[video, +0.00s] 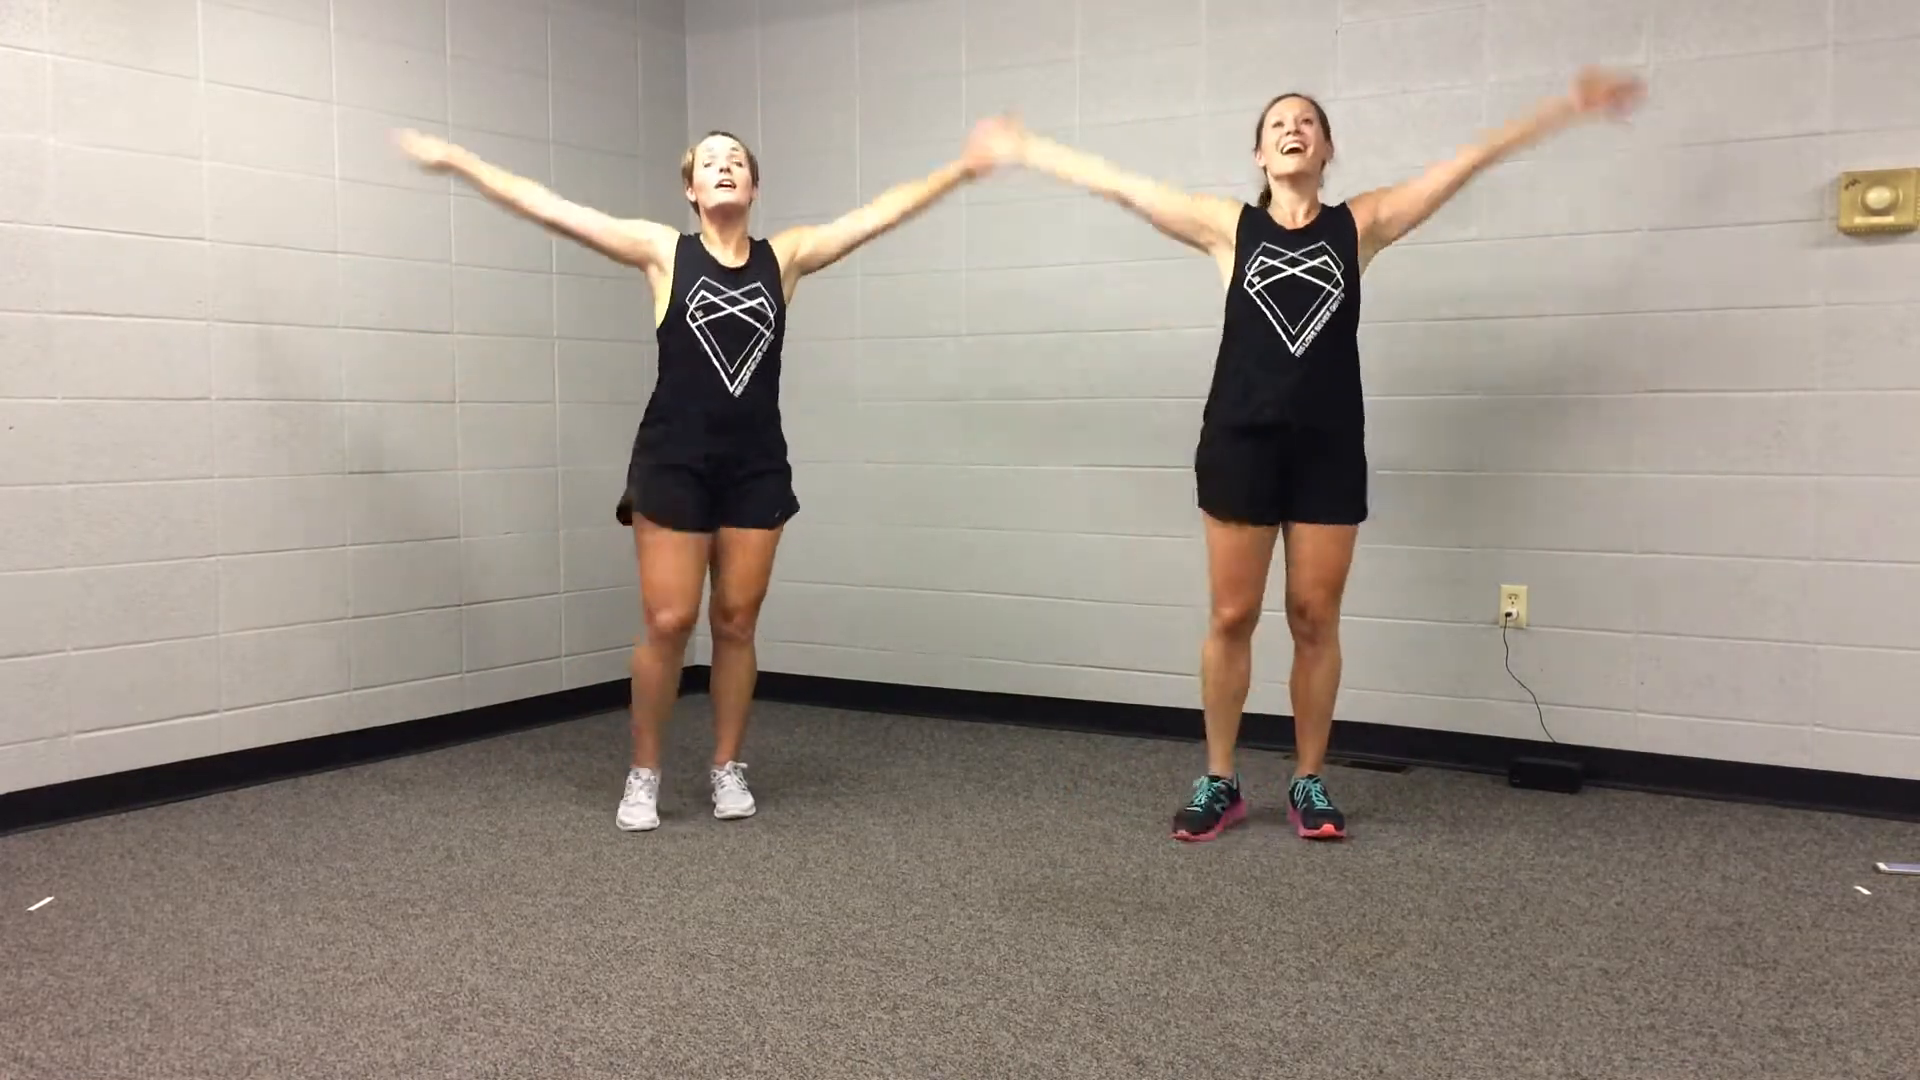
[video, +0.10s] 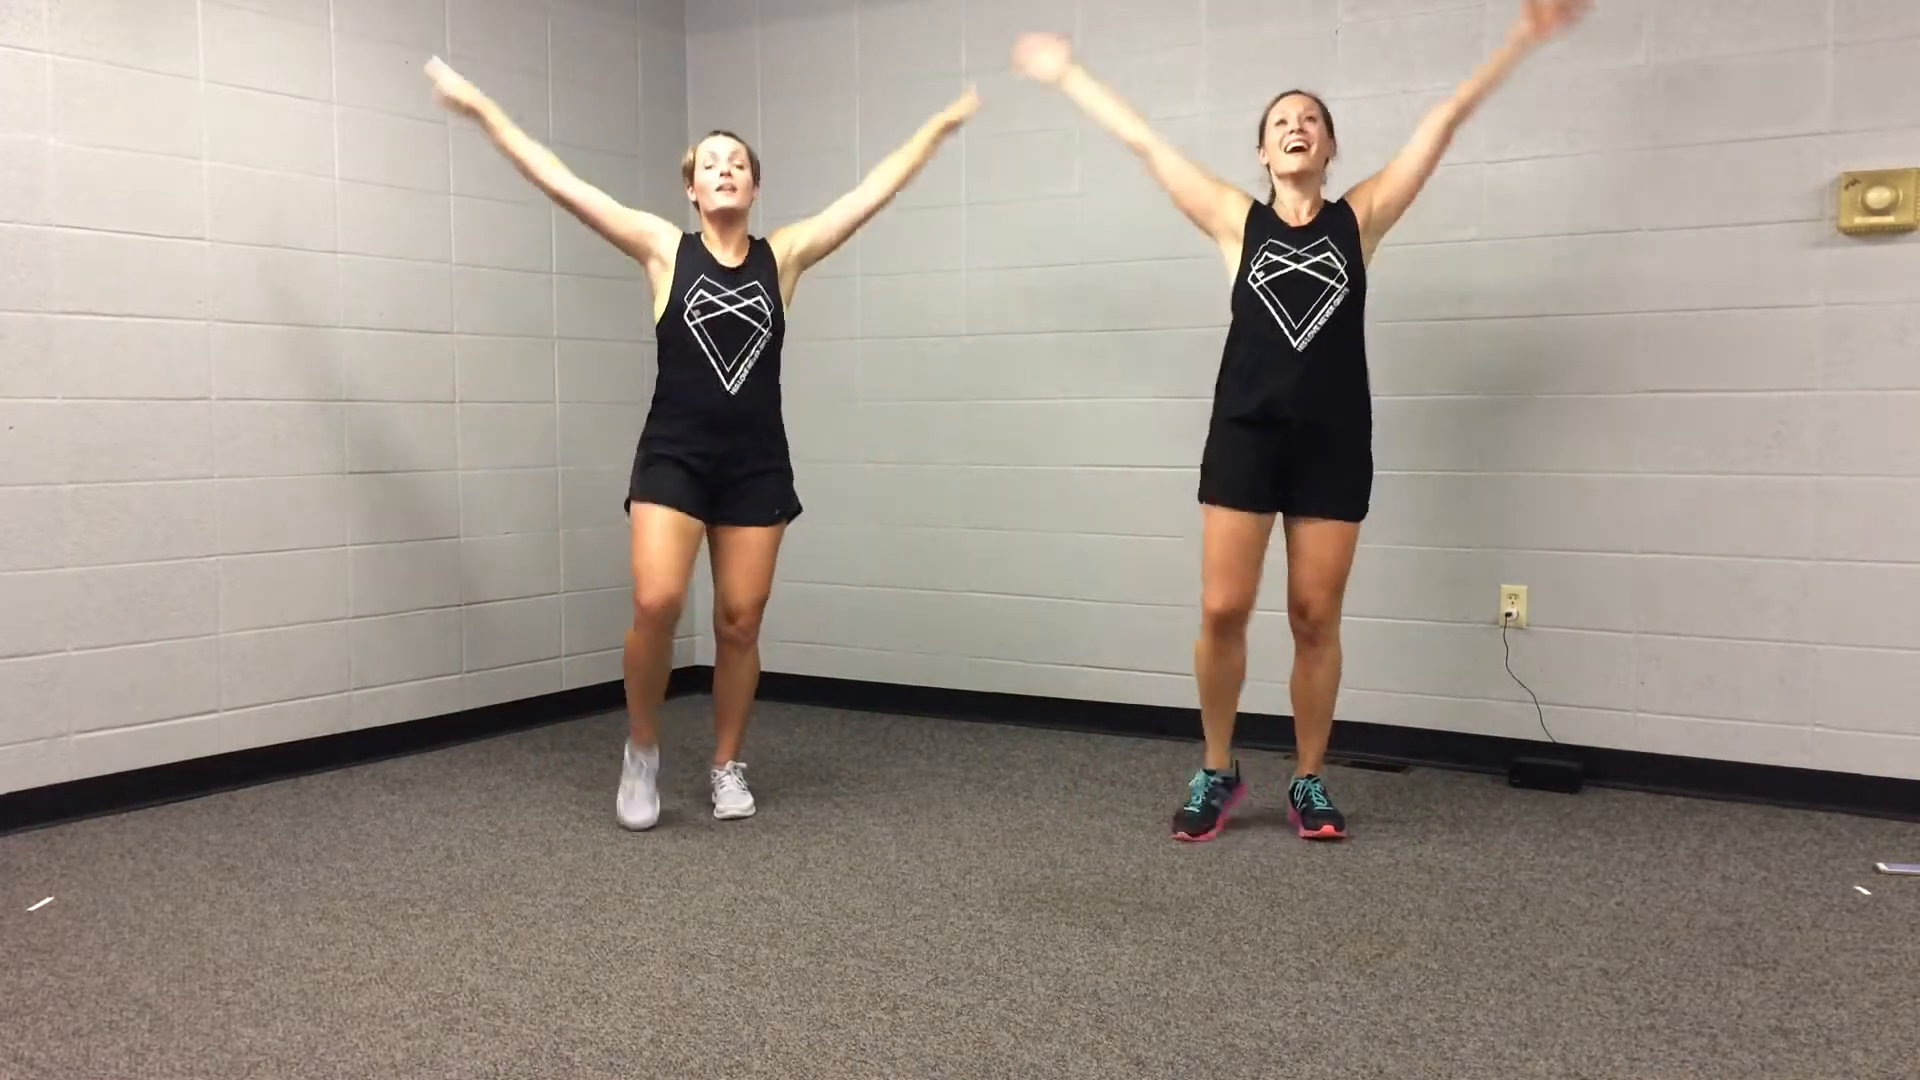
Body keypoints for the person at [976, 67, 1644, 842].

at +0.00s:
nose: (1294, 131)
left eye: (1308, 125)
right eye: (1280, 125)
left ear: (1329, 151)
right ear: (1258, 152)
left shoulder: (1358, 223)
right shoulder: (1228, 224)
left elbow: (1465, 164)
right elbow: (1119, 184)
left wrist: (1568, 107)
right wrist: (1021, 145)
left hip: (1329, 450)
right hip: (1239, 446)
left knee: (1314, 618)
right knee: (1230, 616)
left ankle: (1310, 781)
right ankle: (1219, 777)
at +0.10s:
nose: (1296, 128)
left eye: (1309, 122)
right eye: (1282, 124)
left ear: (1331, 149)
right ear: (1262, 153)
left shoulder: (1359, 218)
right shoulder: (1236, 220)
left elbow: (1445, 121)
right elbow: (1144, 142)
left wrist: (1524, 37)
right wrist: (1065, 70)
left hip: (1333, 444)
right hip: (1242, 441)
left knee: (1315, 617)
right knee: (1222, 613)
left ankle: (1309, 779)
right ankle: (1215, 768)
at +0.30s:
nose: (1306, 145)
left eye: (1320, 139)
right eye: (1291, 139)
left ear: (1338, 166)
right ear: (1271, 166)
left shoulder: (1364, 228)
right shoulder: (1247, 226)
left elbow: (1408, 102)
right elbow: (1202, 107)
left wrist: (1411, 4)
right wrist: (1187, 8)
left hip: (1343, 444)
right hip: (1254, 433)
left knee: (1331, 625)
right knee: (1212, 547)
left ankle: (1311, 780)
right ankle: (1232, 682)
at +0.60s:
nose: (1304, 137)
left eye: (1319, 130)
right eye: (1290, 133)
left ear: (1340, 157)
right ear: (1272, 160)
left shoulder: (1368, 230)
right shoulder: (1251, 232)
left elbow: (1434, 171)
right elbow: (1203, 189)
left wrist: (1363, 88)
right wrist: (1266, 92)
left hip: (1340, 444)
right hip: (1253, 436)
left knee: (1327, 619)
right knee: (1257, 598)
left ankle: (1311, 780)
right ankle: (1255, 765)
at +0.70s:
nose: (1304, 157)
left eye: (1316, 148)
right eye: (1291, 149)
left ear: (1337, 172)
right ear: (1275, 172)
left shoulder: (1364, 244)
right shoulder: (1253, 243)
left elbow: (1428, 265)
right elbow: (1204, 276)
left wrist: (1361, 173)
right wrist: (1263, 176)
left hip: (1336, 446)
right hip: (1252, 435)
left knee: (1329, 629)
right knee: (1248, 556)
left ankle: (1311, 781)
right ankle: (1242, 699)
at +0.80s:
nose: (1300, 152)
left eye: (1314, 143)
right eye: (1286, 146)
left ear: (1336, 167)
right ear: (1267, 171)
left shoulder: (1371, 250)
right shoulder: (1244, 248)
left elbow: (1429, 335)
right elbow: (1193, 350)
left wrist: (1354, 262)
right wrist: (1265, 267)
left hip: (1333, 441)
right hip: (1248, 429)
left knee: (1325, 627)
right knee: (1241, 547)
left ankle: (1310, 781)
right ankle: (1229, 688)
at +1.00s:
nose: (1299, 162)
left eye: (1312, 149)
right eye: (1284, 149)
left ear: (1330, 159)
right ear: (1259, 158)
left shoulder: (1361, 246)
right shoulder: (1224, 242)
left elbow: (1414, 360)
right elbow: (1171, 346)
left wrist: (1361, 313)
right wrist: (1166, 327)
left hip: (1321, 453)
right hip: (1231, 449)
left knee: (1310, 618)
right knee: (1216, 618)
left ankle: (1309, 781)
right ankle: (1208, 784)